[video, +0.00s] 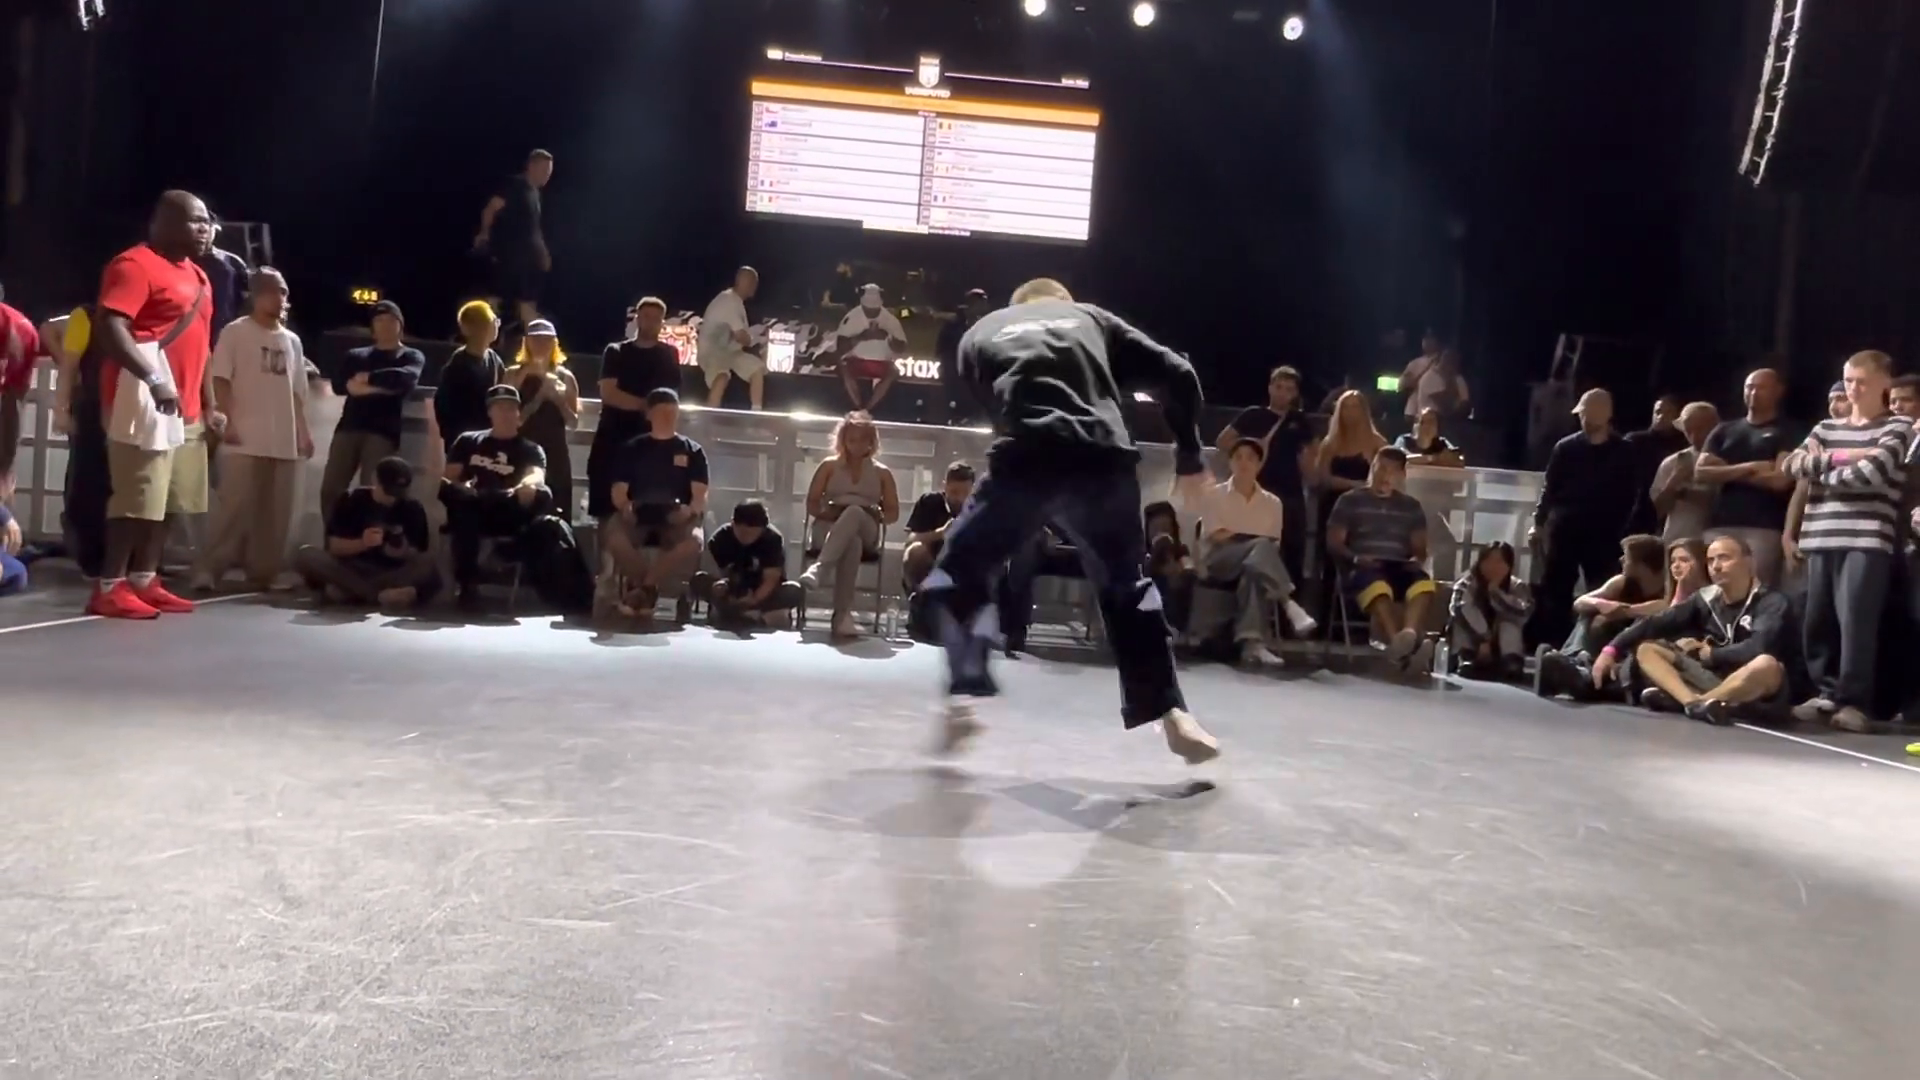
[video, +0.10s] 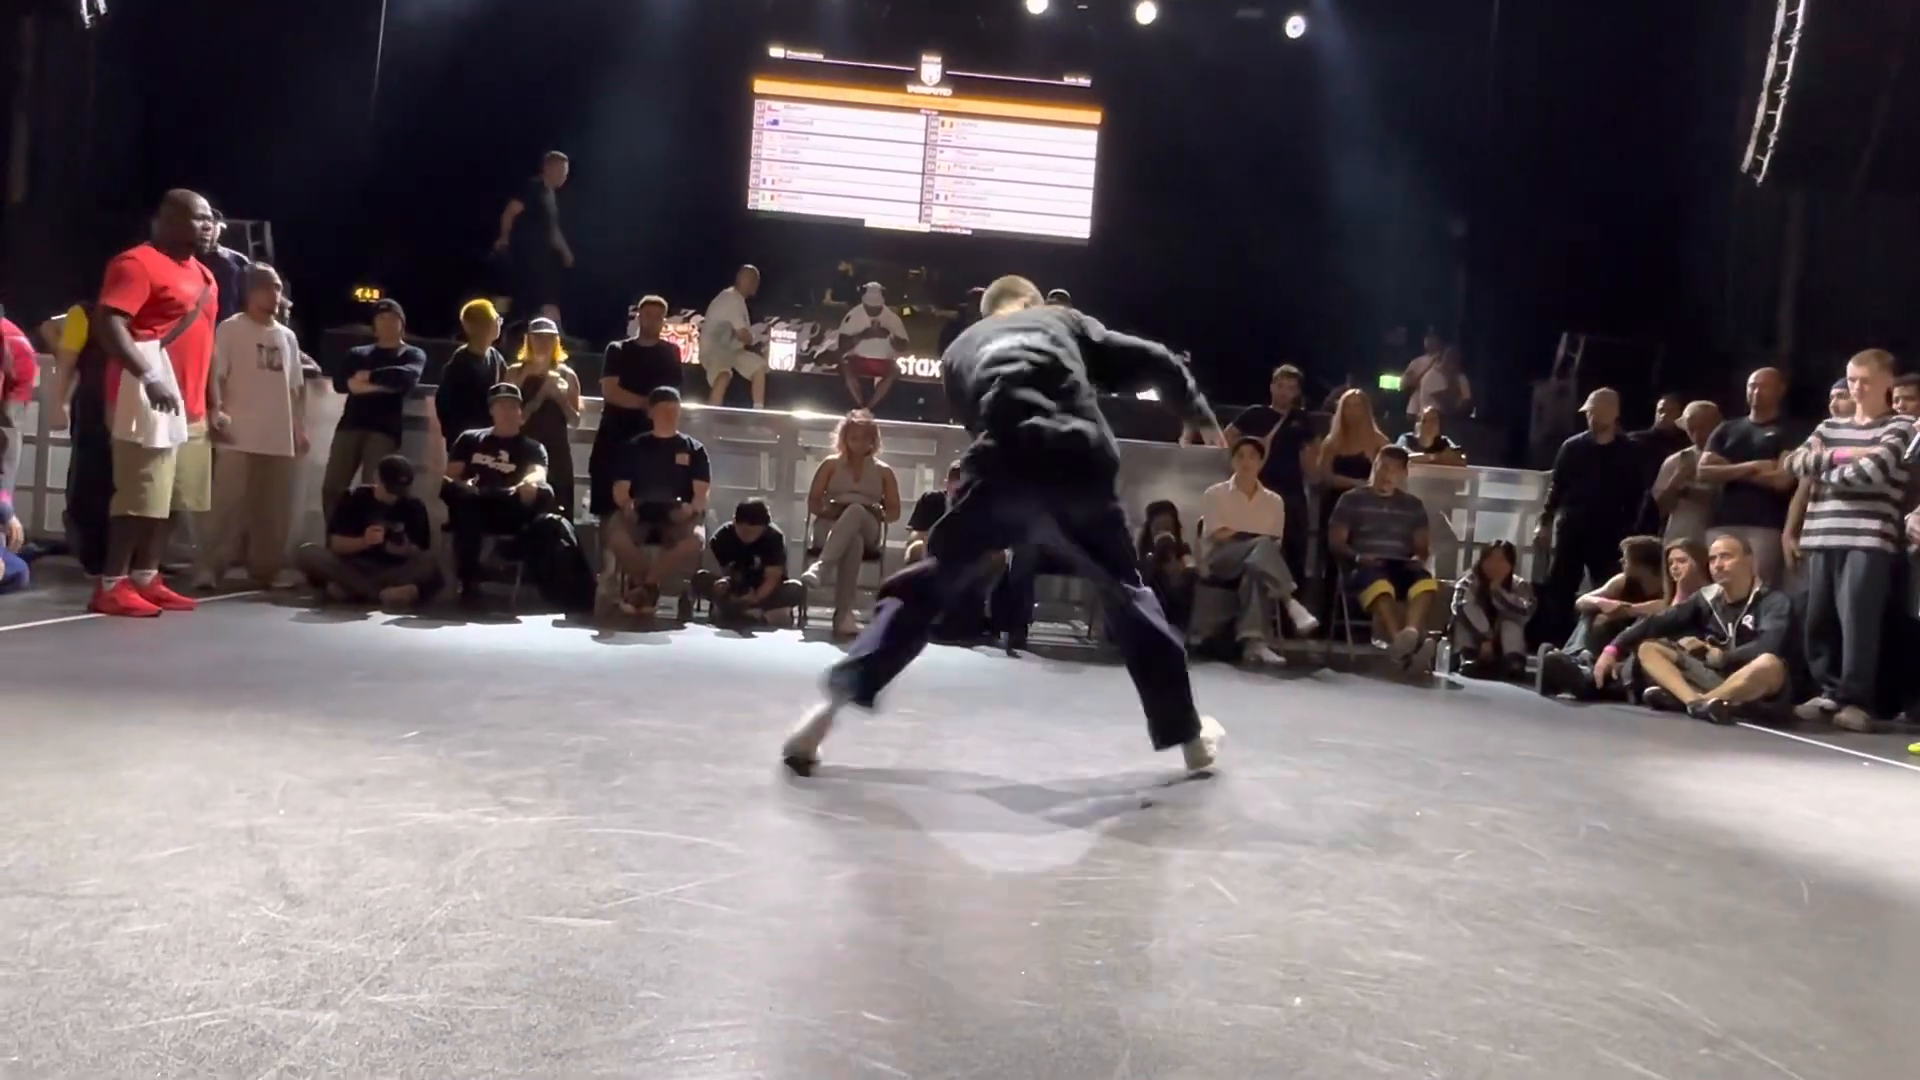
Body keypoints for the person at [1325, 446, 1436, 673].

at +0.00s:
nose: (1386, 476)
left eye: (1393, 471)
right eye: (1382, 468)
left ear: (1402, 475)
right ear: (1372, 469)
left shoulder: (1411, 506)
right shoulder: (1350, 501)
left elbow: (1420, 549)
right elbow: (1334, 542)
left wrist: (1416, 560)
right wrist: (1356, 559)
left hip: (1400, 563)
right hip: (1367, 560)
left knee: (1424, 585)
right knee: (1379, 591)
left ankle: (1408, 640)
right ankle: (1400, 649)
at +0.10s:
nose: (1388, 475)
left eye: (1395, 469)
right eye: (1384, 467)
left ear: (1404, 474)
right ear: (1374, 467)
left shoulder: (1413, 504)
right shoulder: (1352, 499)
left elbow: (1422, 547)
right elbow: (1336, 541)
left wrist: (1418, 559)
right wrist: (1358, 558)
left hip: (1402, 562)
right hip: (1369, 559)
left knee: (1426, 583)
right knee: (1380, 589)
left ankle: (1409, 639)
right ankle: (1402, 649)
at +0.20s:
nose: (1390, 473)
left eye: (1397, 467)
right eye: (1385, 465)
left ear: (1406, 473)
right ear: (1376, 465)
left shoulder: (1415, 503)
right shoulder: (1354, 497)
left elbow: (1424, 546)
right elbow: (1338, 539)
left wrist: (1419, 558)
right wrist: (1360, 556)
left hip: (1403, 561)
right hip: (1371, 558)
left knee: (1428, 582)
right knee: (1382, 587)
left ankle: (1412, 637)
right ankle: (1404, 647)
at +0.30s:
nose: (1391, 471)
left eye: (1398, 466)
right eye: (1386, 464)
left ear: (1408, 471)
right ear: (1377, 464)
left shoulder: (1416, 502)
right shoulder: (1355, 496)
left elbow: (1425, 546)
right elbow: (1339, 539)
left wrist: (1420, 557)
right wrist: (1362, 555)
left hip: (1404, 559)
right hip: (1371, 556)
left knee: (1429, 580)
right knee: (1384, 586)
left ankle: (1413, 636)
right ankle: (1404, 647)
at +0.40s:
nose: (1393, 470)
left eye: (1400, 465)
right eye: (1388, 463)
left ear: (1409, 470)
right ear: (1379, 463)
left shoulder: (1418, 501)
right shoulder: (1355, 496)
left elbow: (1426, 545)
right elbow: (1341, 539)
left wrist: (1421, 556)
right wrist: (1364, 554)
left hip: (1406, 558)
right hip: (1372, 555)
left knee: (1430, 579)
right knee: (1386, 586)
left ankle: (1414, 636)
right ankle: (1406, 647)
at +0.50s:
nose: (1394, 470)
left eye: (1402, 464)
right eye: (1390, 462)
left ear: (1411, 470)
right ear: (1380, 463)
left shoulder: (1419, 500)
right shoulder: (1357, 495)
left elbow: (1428, 544)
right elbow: (1343, 538)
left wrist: (1423, 555)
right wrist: (1367, 553)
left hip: (1408, 557)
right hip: (1375, 555)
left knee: (1432, 579)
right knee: (1388, 585)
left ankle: (1416, 634)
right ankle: (1408, 646)